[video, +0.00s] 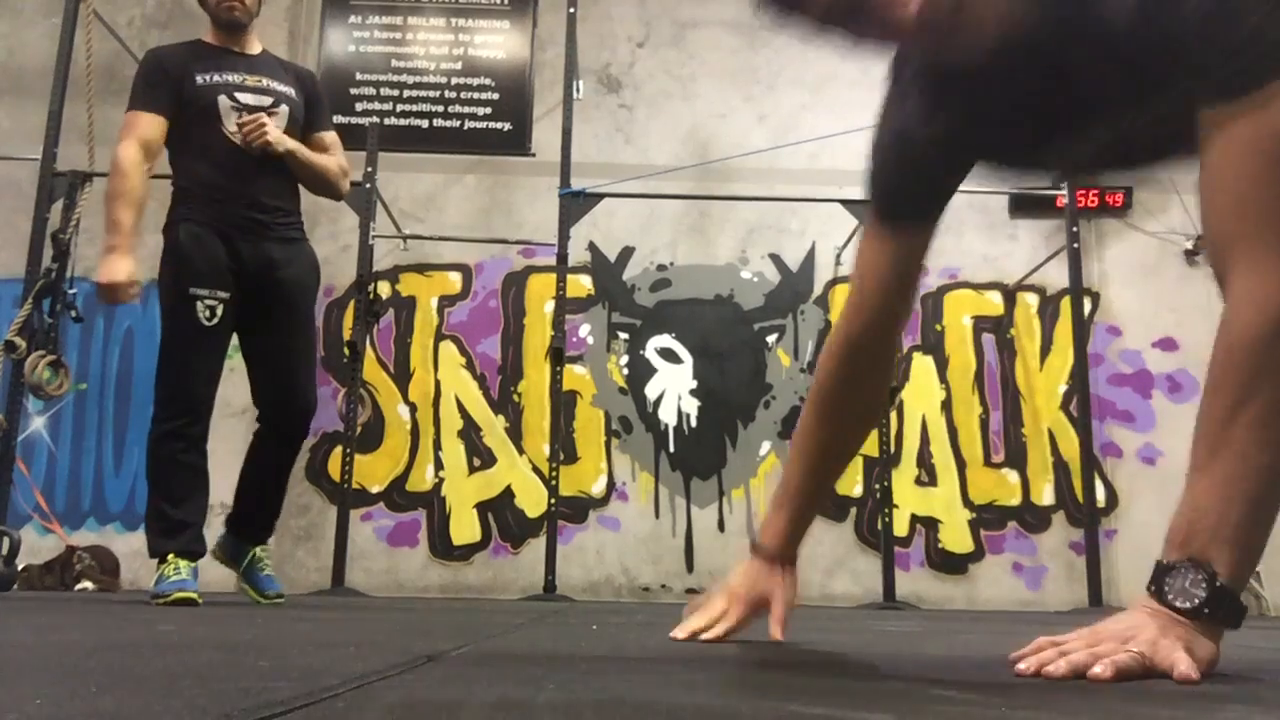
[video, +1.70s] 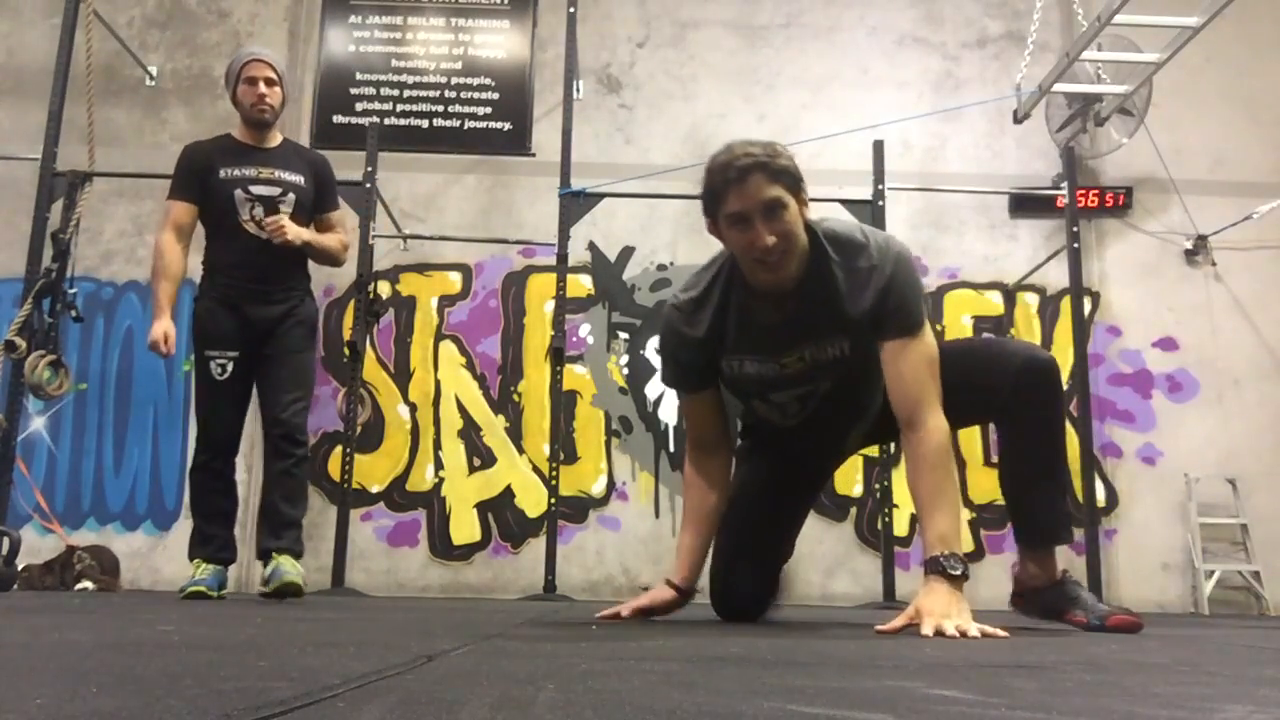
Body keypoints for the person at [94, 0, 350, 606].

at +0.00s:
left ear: (260, 4)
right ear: (204, 3)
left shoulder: (301, 80)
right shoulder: (171, 64)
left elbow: (339, 180)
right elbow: (135, 152)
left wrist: (287, 145)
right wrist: (117, 249)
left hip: (284, 261)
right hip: (201, 254)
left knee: (291, 411)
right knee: (184, 411)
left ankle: (244, 543)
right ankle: (177, 556)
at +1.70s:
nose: (262, 91)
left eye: (270, 83)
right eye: (251, 83)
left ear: (284, 97)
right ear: (233, 96)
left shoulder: (313, 164)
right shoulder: (203, 157)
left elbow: (340, 247)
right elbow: (174, 235)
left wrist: (305, 235)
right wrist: (162, 313)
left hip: (290, 318)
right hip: (223, 315)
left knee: (288, 435)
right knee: (217, 442)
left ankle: (282, 557)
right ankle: (210, 561)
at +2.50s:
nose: (342, 129)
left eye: (350, 123)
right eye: (332, 120)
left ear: (357, 137)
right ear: (309, 128)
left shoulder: (363, 198)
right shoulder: (275, 178)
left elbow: (375, 286)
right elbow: (239, 244)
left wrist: (379, 272)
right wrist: (239, 308)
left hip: (342, 331)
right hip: (285, 321)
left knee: (318, 452)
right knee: (277, 430)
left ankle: (300, 569)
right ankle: (225, 555)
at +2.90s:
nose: (383, 132)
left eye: (391, 126)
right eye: (374, 120)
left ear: (393, 136)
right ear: (347, 122)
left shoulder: (365, 191)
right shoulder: (319, 166)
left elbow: (357, 278)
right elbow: (292, 233)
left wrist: (404, 280)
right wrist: (329, 290)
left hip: (346, 325)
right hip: (315, 323)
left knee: (329, 439)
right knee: (321, 438)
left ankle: (312, 565)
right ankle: (305, 567)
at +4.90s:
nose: (392, 121)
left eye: (396, 112)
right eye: (383, 109)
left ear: (385, 117)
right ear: (349, 107)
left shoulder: (361, 171)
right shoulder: (314, 153)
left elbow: (368, 263)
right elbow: (308, 230)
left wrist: (403, 324)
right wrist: (326, 298)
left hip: (364, 321)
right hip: (329, 314)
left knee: (335, 447)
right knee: (307, 438)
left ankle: (309, 563)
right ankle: (269, 563)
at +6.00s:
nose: (387, 130)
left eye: (389, 121)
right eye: (379, 119)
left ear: (367, 123)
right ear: (347, 115)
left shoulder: (349, 176)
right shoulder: (309, 160)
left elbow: (358, 263)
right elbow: (308, 236)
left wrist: (392, 323)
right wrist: (336, 310)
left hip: (347, 325)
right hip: (314, 321)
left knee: (324, 448)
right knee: (293, 440)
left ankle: (303, 563)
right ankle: (263, 566)